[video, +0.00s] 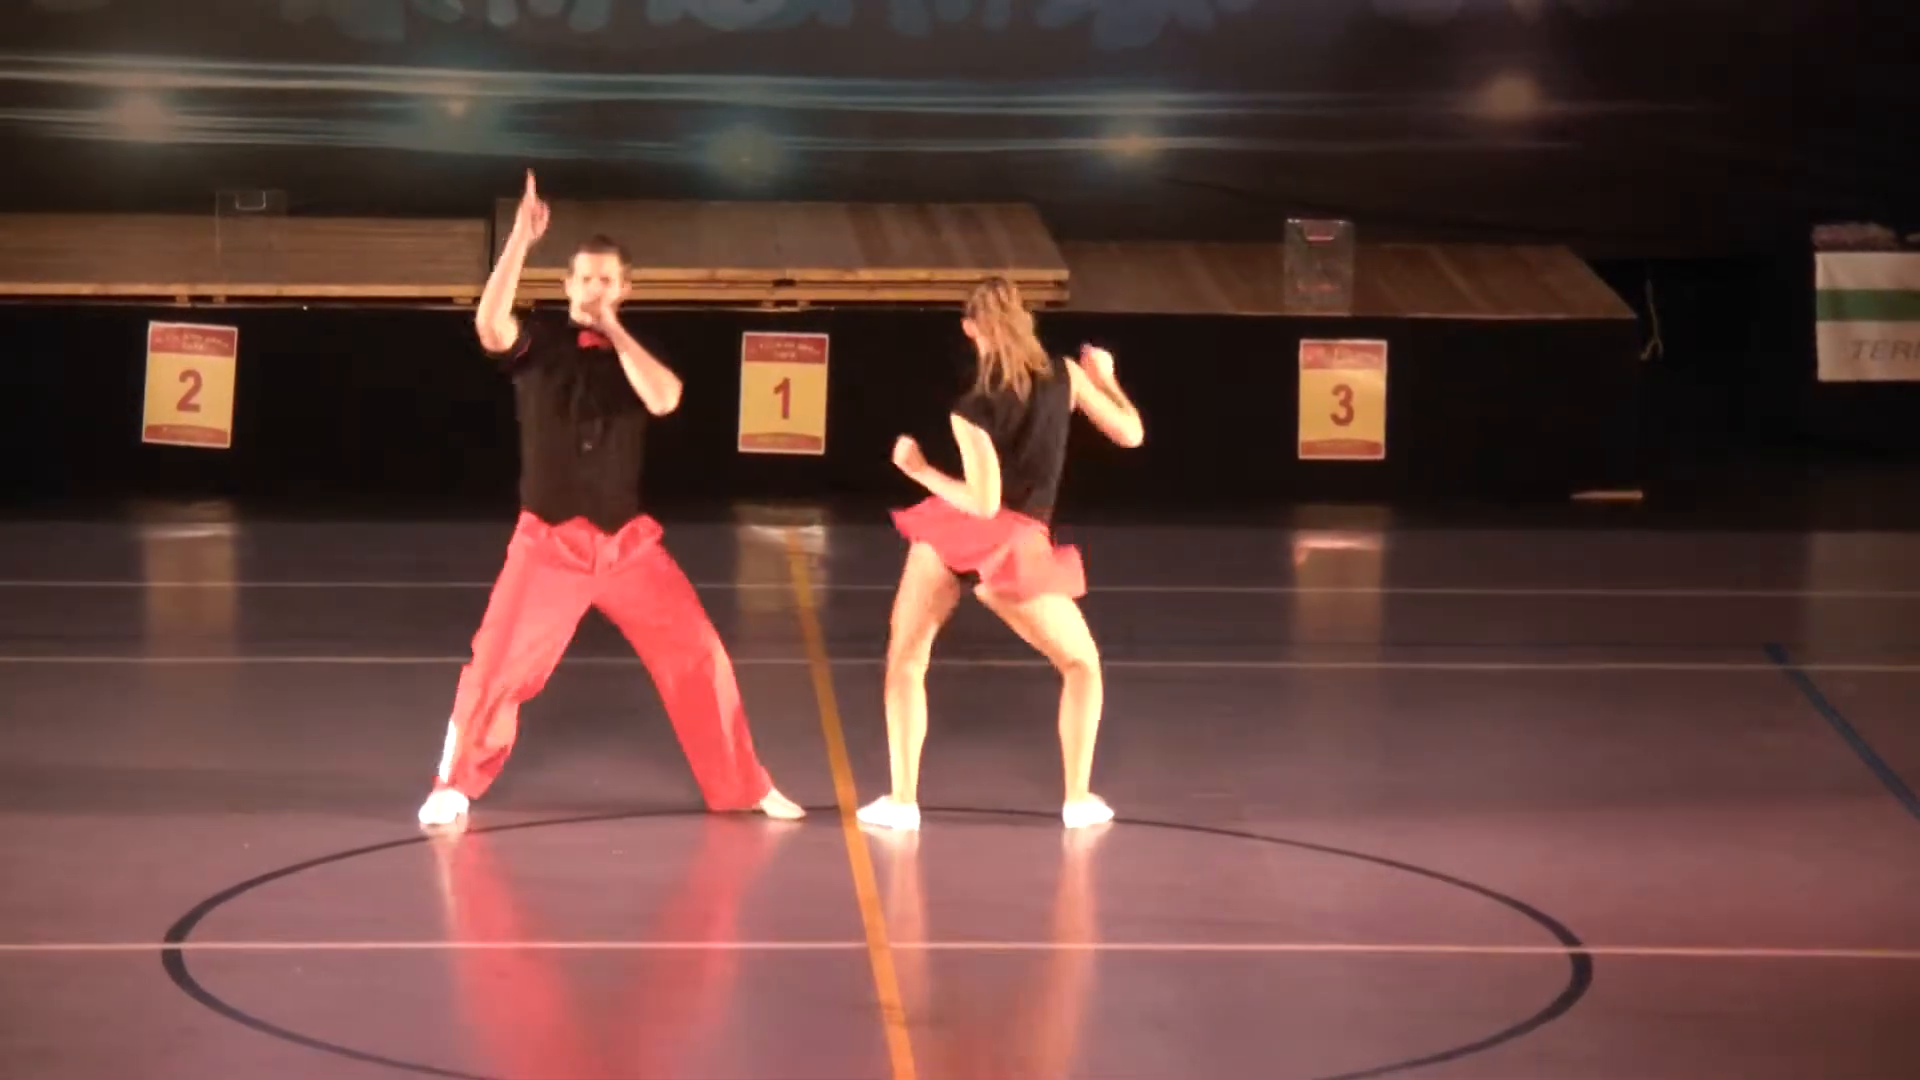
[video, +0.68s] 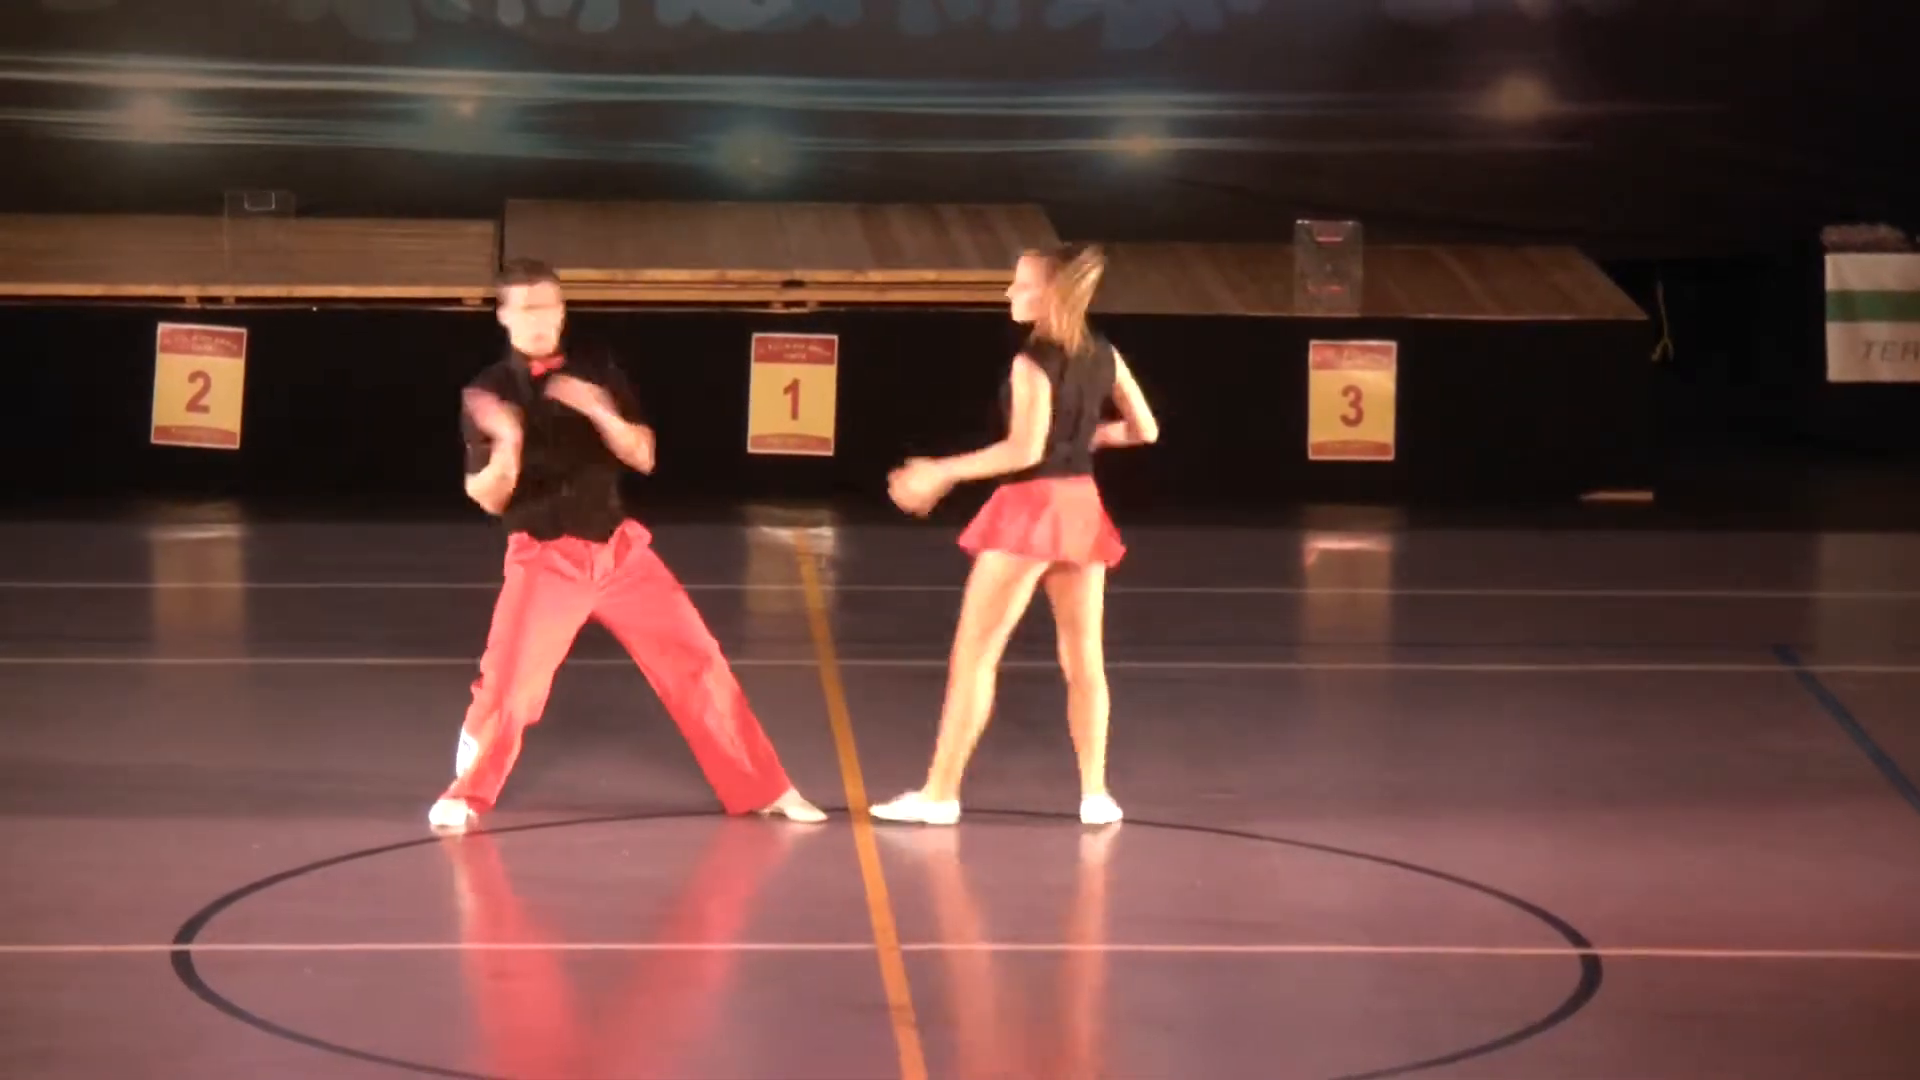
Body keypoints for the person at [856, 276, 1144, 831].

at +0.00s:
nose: (968, 336)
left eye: (969, 327)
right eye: (970, 325)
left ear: (978, 332)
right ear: (1023, 323)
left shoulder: (973, 410)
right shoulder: (1065, 376)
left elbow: (982, 504)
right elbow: (1130, 433)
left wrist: (917, 468)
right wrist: (1109, 380)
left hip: (948, 544)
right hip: (1018, 556)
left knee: (905, 661)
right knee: (1081, 664)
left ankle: (902, 802)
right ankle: (1077, 801)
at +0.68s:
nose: (1011, 293)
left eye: (1021, 284)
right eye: (1014, 282)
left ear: (1053, 295)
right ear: (1065, 296)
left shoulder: (1033, 361)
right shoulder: (1104, 354)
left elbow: (1025, 450)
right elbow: (1142, 427)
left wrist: (940, 472)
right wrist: (1080, 433)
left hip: (1027, 511)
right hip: (1083, 513)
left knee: (974, 655)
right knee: (1085, 663)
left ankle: (940, 795)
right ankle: (1094, 796)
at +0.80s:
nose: (1050, 291)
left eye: (1064, 283)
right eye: (1044, 278)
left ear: (1088, 290)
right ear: (1032, 279)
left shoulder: (1073, 357)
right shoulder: (1046, 344)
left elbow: (1084, 457)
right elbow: (1049, 444)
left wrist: (1048, 535)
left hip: (1048, 513)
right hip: (1057, 509)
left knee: (1027, 664)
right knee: (1096, 654)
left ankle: (1007, 801)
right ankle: (1137, 782)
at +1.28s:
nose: (1081, 295)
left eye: (1093, 285)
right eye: (1072, 281)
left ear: (1108, 292)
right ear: (1052, 282)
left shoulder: (1122, 369)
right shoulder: (1015, 354)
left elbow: (1142, 454)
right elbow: (984, 436)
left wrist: (1149, 537)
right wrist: (967, 513)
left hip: (1084, 522)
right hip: (1021, 519)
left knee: (1036, 657)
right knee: (1068, 660)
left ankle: (1012, 798)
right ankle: (1136, 768)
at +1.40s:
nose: (1086, 326)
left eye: (1098, 315)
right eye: (1077, 311)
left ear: (1110, 321)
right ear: (1054, 310)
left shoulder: (1117, 395)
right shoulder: (1013, 373)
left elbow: (1139, 483)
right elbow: (970, 442)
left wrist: (1191, 437)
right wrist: (943, 401)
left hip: (1087, 544)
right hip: (1026, 545)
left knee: (1027, 673)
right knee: (1008, 686)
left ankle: (1011, 803)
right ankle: (1126, 766)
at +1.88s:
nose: (1012, 273)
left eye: (1023, 263)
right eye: (1015, 262)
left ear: (1064, 272)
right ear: (1049, 272)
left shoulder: (1083, 349)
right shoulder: (1035, 341)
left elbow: (1106, 437)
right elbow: (1036, 430)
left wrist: (1130, 517)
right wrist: (994, 481)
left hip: (1089, 503)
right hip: (1045, 503)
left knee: (1065, 642)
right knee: (1026, 639)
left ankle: (1065, 784)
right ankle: (1112, 748)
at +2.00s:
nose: (998, 288)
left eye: (1008, 279)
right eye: (1002, 277)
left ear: (1041, 288)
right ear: (1050, 289)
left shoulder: (1029, 362)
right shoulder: (1084, 351)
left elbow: (1074, 448)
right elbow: (1090, 441)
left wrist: (1117, 513)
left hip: (1081, 522)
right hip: (1071, 520)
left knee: (1093, 657)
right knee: (1006, 637)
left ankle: (1102, 793)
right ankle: (1074, 763)